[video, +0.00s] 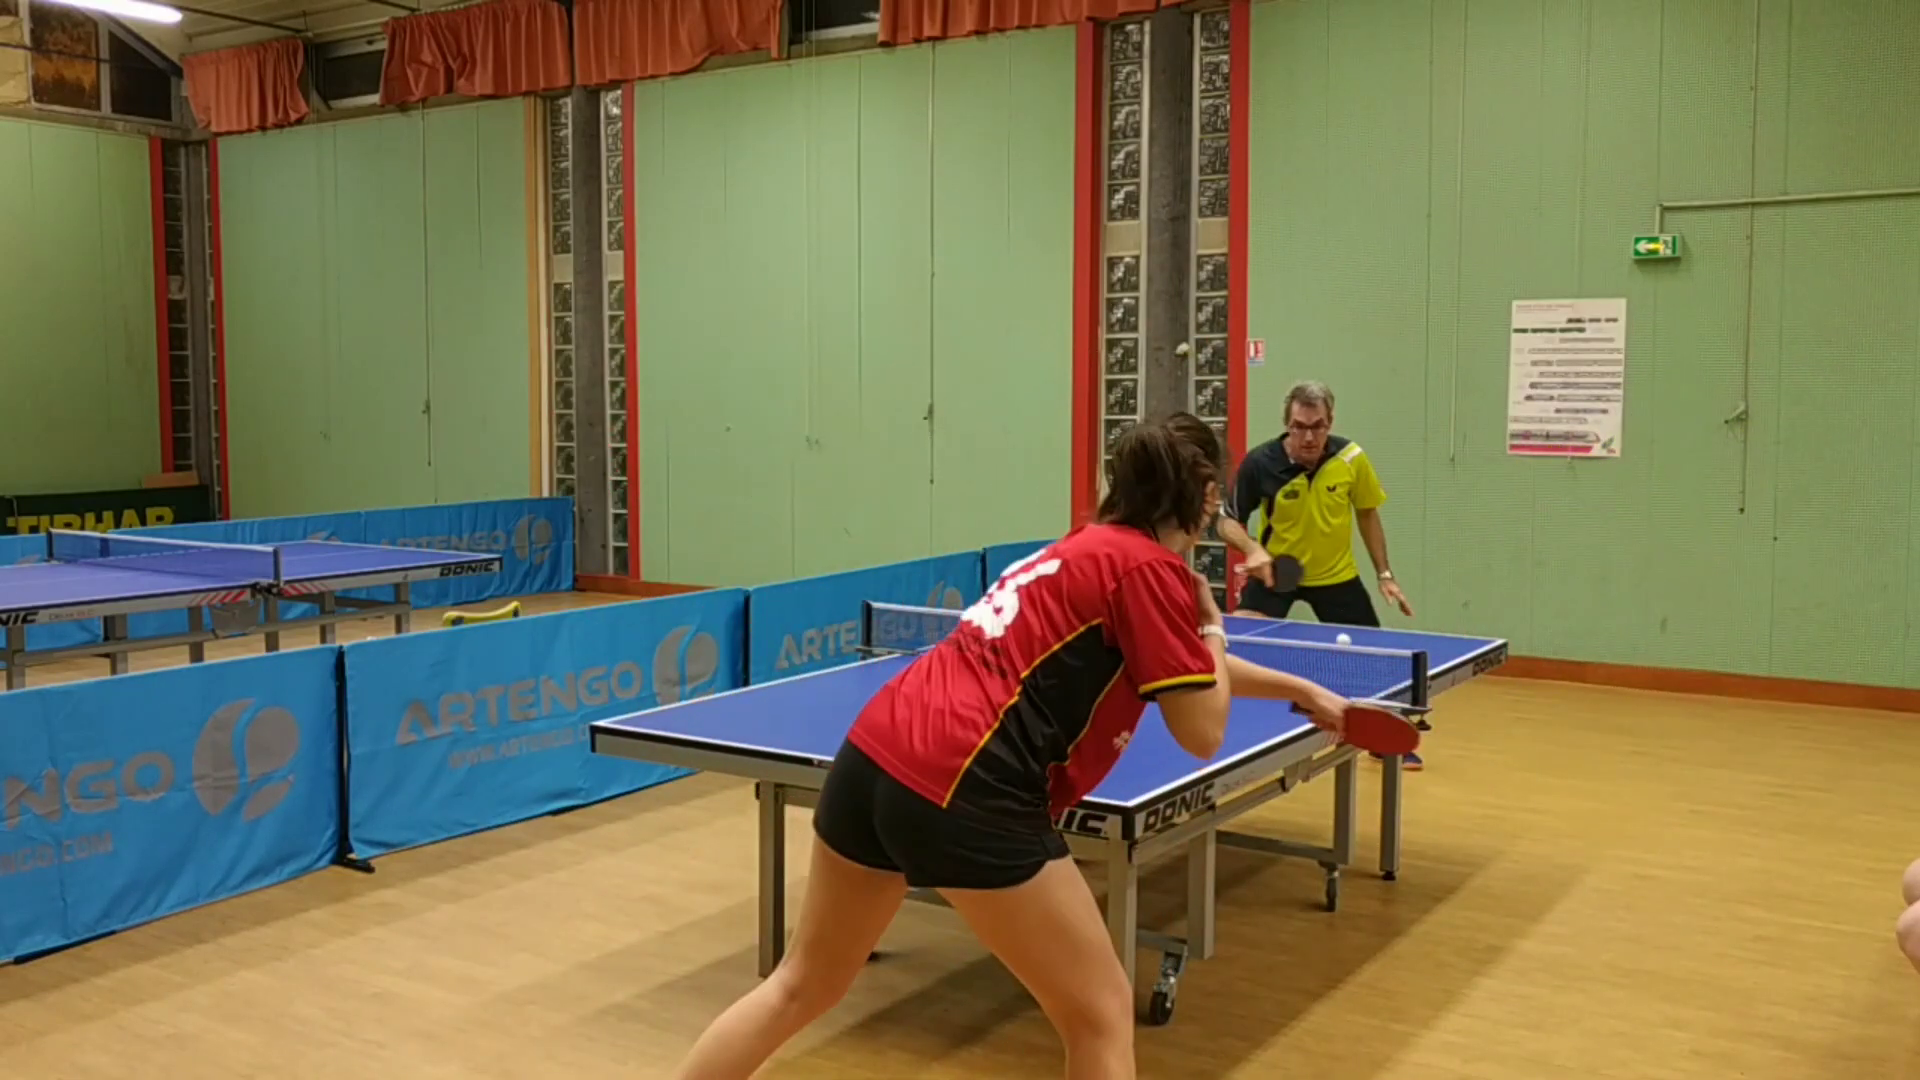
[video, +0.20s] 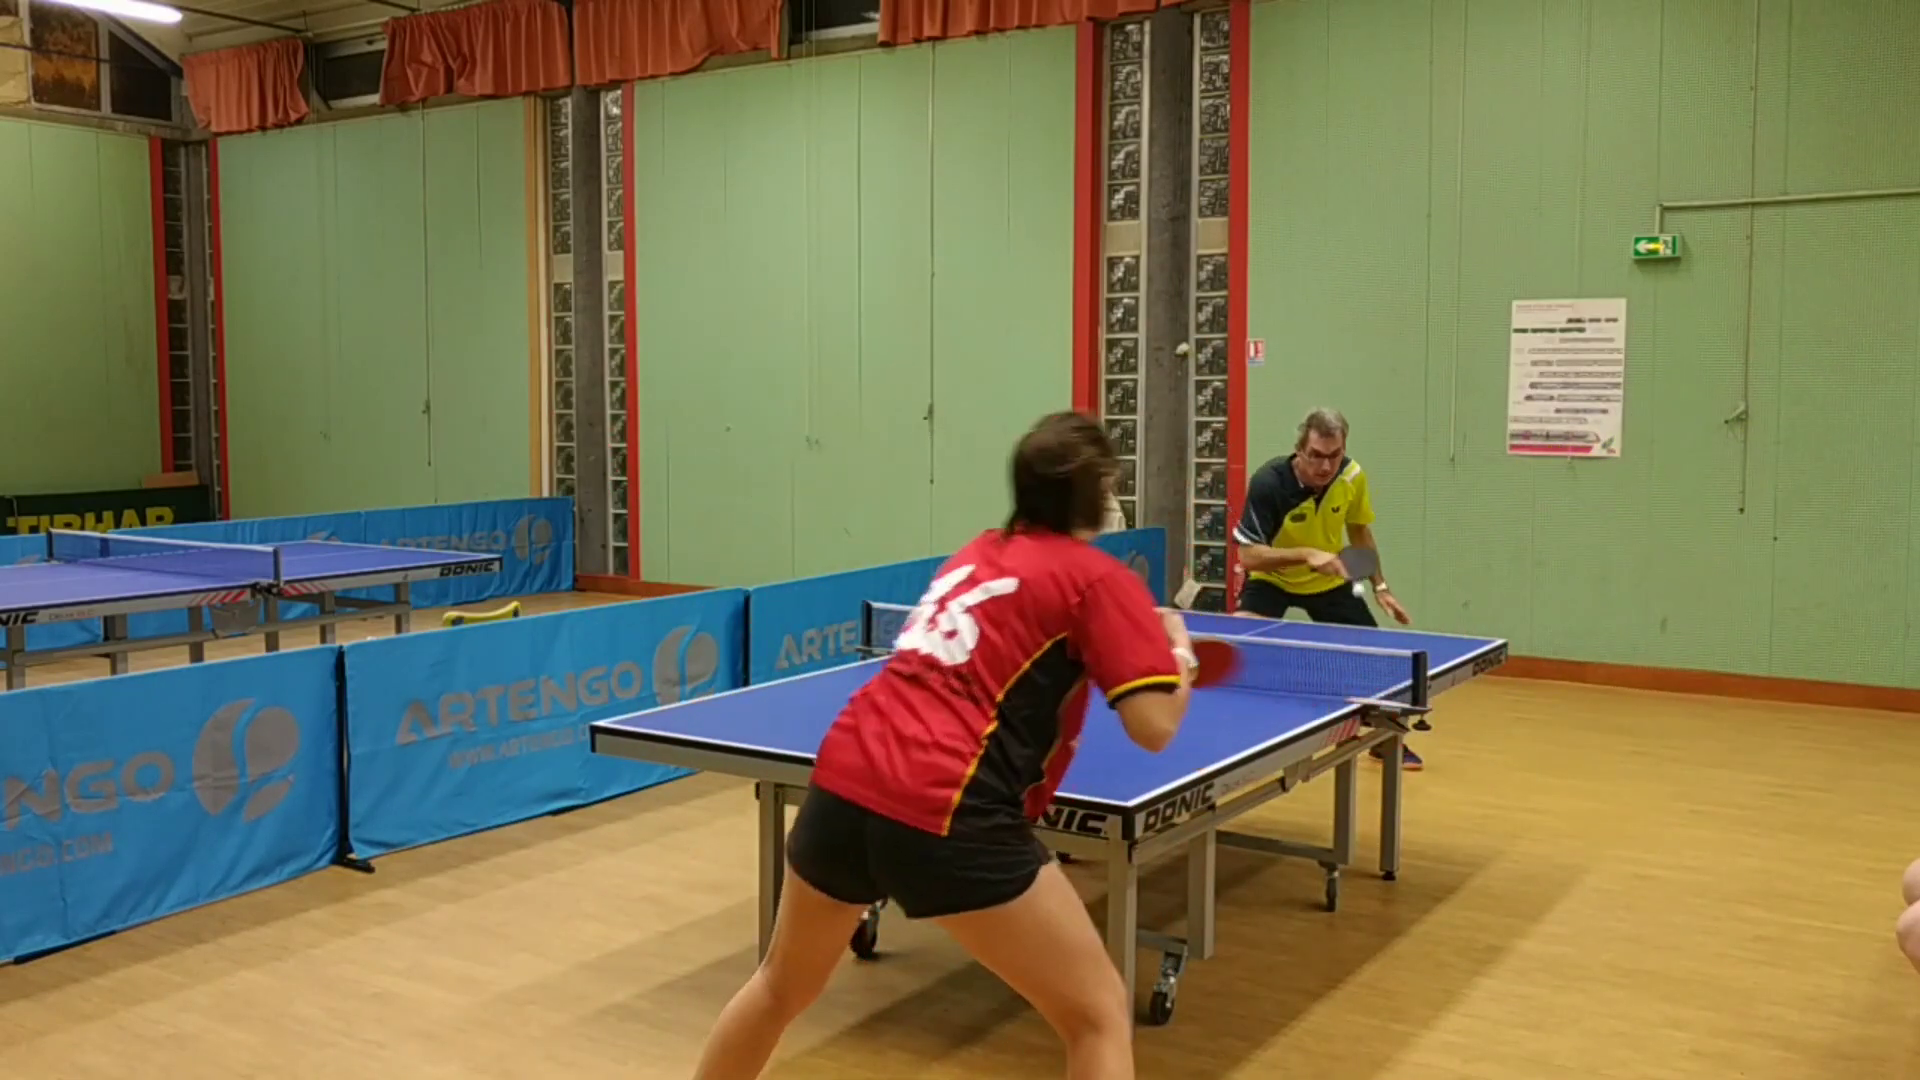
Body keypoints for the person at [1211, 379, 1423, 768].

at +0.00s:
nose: (1308, 437)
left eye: (1316, 427)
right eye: (1299, 427)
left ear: (1330, 424)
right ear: (1286, 423)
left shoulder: (1350, 458)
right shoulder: (1261, 463)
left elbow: (1368, 515)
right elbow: (1228, 520)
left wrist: (1385, 576)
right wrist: (1252, 550)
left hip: (1336, 578)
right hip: (1274, 578)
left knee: (1374, 651)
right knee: (1235, 645)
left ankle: (1389, 736)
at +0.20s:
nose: (1324, 466)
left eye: (1333, 456)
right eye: (1316, 456)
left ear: (1343, 450)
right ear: (1299, 448)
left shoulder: (1351, 476)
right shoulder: (1269, 482)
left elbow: (1359, 532)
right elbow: (1248, 557)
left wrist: (1380, 587)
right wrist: (1306, 555)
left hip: (1328, 584)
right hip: (1269, 583)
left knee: (1377, 653)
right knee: (1240, 650)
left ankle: (1386, 737)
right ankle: (1225, 743)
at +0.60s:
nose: (1313, 464)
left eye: (1322, 455)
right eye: (1305, 453)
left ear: (1337, 452)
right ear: (1293, 448)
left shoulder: (1347, 478)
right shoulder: (1269, 481)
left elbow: (1347, 527)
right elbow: (1232, 544)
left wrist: (1362, 583)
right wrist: (1262, 570)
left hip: (1329, 586)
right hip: (1273, 590)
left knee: (1372, 655)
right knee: (1240, 660)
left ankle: (1386, 737)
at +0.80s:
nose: (1295, 447)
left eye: (1304, 438)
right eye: (1288, 437)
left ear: (1322, 433)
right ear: (1279, 434)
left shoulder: (1344, 465)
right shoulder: (1258, 473)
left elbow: (1356, 519)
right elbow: (1230, 537)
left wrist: (1376, 577)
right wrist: (1244, 585)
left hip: (1337, 577)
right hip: (1278, 579)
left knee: (1386, 645)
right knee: (1253, 647)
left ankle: (1406, 730)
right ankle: (1242, 740)